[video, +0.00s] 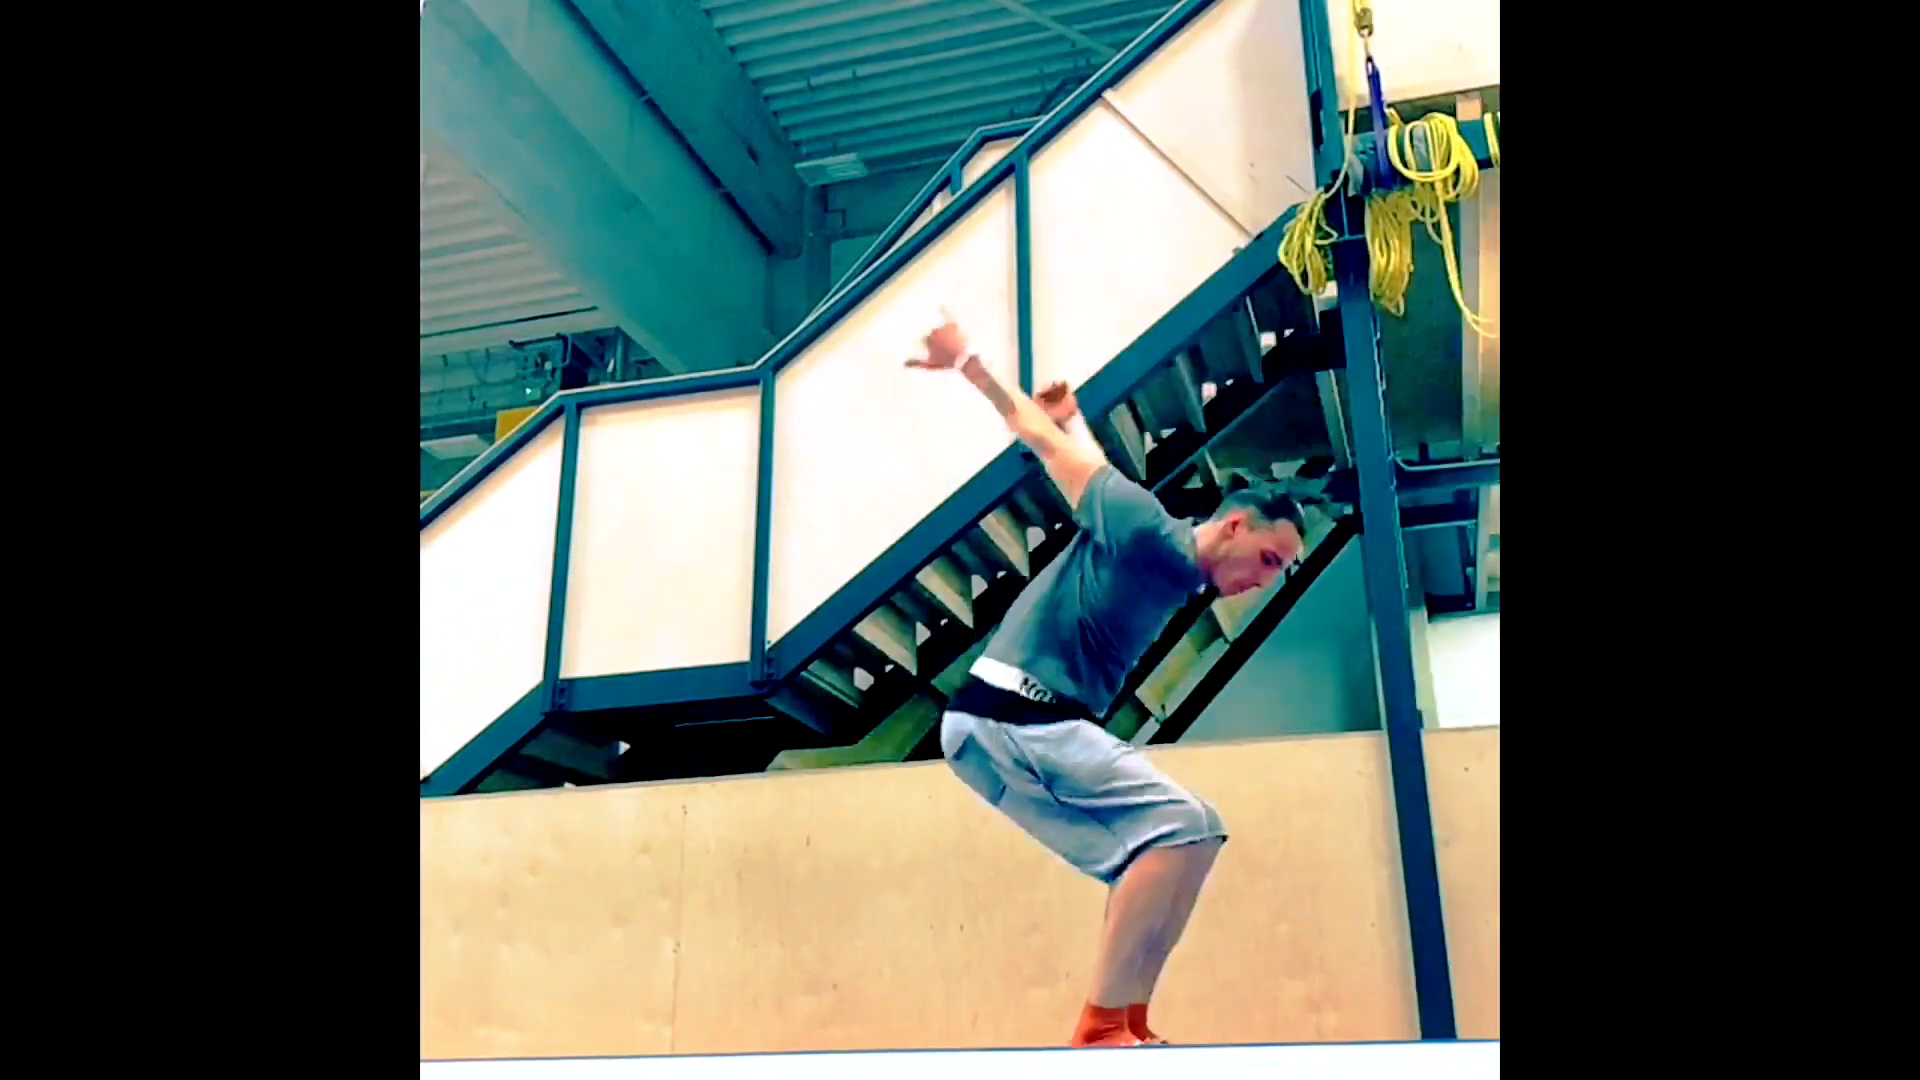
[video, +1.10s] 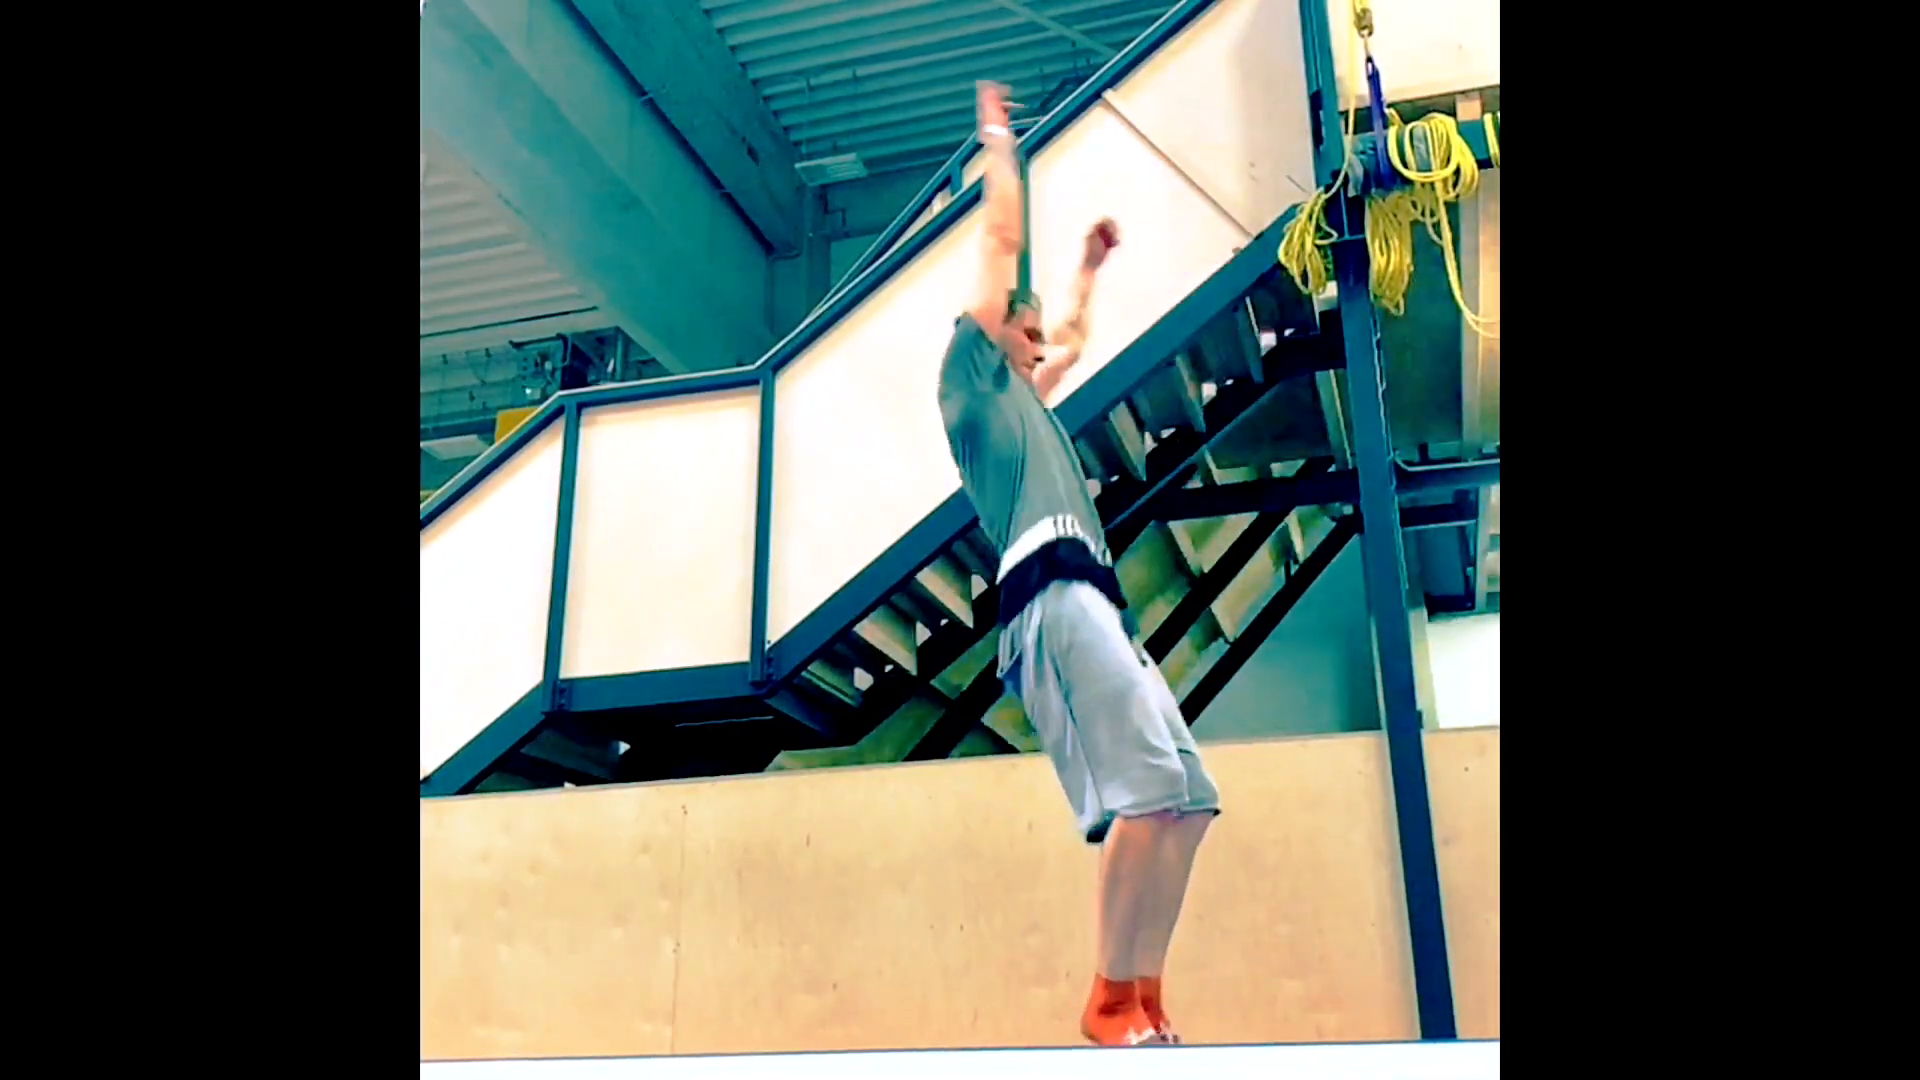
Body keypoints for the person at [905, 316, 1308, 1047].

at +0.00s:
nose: (1264, 580)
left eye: (1277, 572)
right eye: (1266, 559)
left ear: (1240, 538)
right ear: (1231, 523)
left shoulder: (1179, 570)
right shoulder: (1144, 530)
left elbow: (1099, 478)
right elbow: (1044, 441)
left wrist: (1069, 425)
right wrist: (968, 363)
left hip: (1044, 725)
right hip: (1007, 716)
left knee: (1197, 837)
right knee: (1173, 829)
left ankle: (1128, 1027)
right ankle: (1101, 1029)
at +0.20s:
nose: (1214, 527)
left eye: (1224, 518)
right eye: (1215, 506)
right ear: (1178, 478)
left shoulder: (1137, 568)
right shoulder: (1084, 531)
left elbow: (1101, 691)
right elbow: (1064, 665)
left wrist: (1110, 780)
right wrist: (1069, 796)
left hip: (1051, 731)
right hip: (1002, 730)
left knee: (1203, 849)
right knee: (1179, 845)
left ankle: (1124, 1035)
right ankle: (1104, 1037)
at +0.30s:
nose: (1152, 472)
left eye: (1161, 462)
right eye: (1148, 451)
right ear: (1106, 431)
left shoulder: (1102, 538)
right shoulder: (1057, 495)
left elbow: (1183, 618)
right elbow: (1180, 573)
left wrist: (1303, 647)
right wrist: (1310, 594)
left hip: (1048, 715)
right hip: (1007, 713)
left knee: (1192, 850)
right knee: (1172, 847)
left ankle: (1122, 1039)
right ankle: (1103, 1040)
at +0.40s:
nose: (1127, 435)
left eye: (1128, 427)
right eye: (1114, 421)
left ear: (1083, 427)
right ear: (1068, 410)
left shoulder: (1086, 515)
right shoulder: (1045, 462)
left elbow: (1200, 520)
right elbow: (1192, 447)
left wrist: (1297, 453)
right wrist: (1306, 390)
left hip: (1040, 708)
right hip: (1008, 705)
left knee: (1188, 850)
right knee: (1167, 845)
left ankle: (1123, 1041)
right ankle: (1105, 1041)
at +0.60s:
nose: (1094, 385)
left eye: (1091, 375)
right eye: (1079, 371)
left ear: (1061, 389)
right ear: (1043, 379)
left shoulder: (1068, 469)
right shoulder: (1021, 435)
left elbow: (1178, 424)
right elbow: (1150, 354)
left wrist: (1236, 343)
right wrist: (1226, 259)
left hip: (1039, 689)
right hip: (1017, 686)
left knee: (1175, 845)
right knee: (1174, 836)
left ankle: (1120, 1038)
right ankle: (1111, 1036)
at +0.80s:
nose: (1069, 366)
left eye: (1067, 358)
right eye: (1056, 353)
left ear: (1049, 376)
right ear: (1024, 362)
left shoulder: (1058, 440)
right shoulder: (1007, 412)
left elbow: (1136, 381)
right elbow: (1089, 296)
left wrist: (1182, 297)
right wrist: (1139, 193)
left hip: (1056, 662)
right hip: (1029, 657)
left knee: (1189, 829)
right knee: (1164, 822)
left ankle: (1129, 1030)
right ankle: (1107, 1029)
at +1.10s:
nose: (1039, 339)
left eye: (1041, 333)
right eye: (1026, 326)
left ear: (1034, 352)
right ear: (994, 328)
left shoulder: (1028, 409)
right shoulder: (972, 374)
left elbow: (1067, 343)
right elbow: (999, 235)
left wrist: (1089, 266)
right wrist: (999, 139)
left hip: (1092, 609)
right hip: (1053, 603)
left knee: (1189, 800)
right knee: (1149, 794)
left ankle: (1142, 1006)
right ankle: (1109, 1007)